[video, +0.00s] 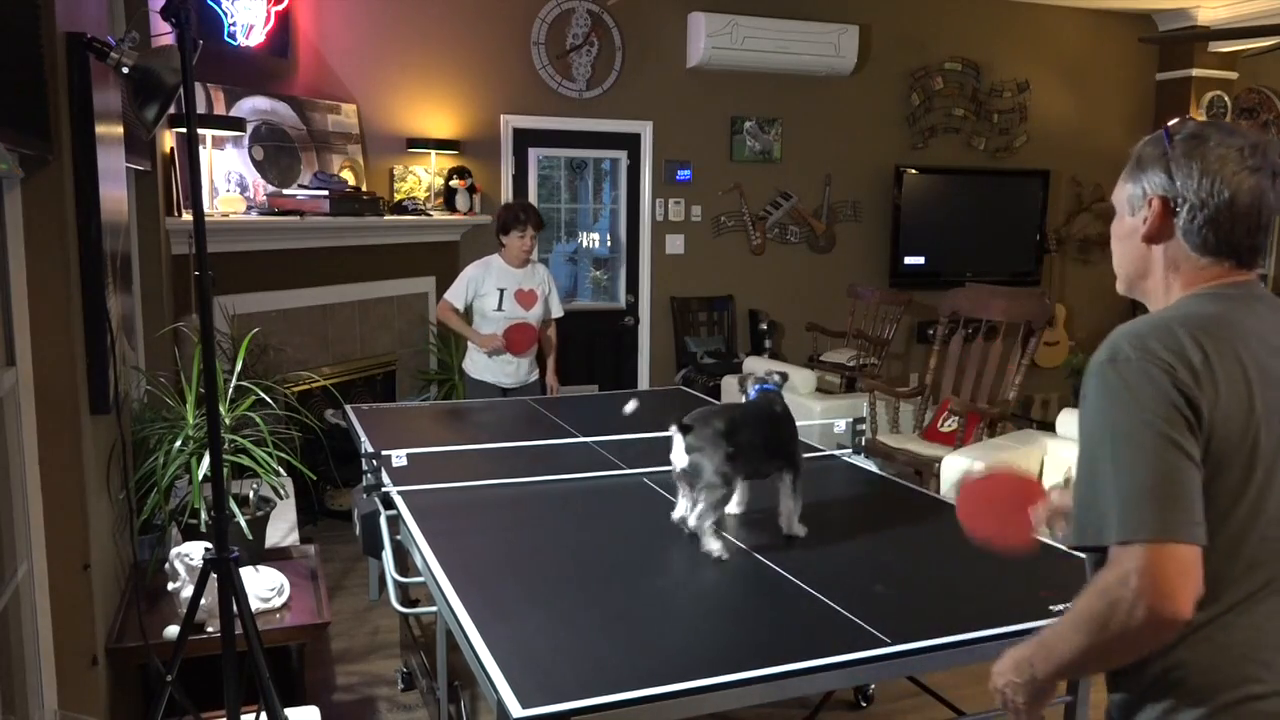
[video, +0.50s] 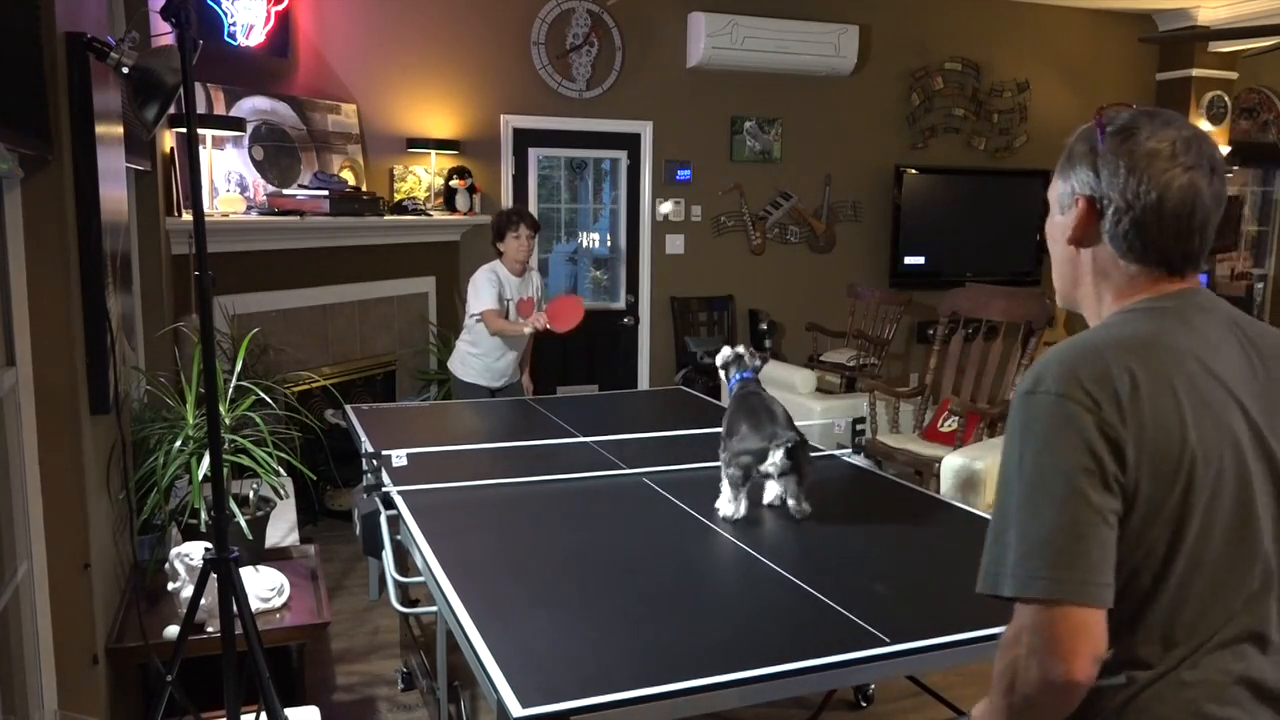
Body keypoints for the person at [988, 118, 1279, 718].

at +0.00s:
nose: (1110, 231)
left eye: (1117, 212)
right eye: (1113, 212)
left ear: (1156, 216)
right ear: (1245, 222)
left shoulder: (1147, 352)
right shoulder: (1269, 324)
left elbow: (1158, 589)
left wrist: (1032, 665)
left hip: (1196, 700)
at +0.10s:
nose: (1112, 230)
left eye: (1120, 211)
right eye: (1114, 212)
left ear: (1160, 215)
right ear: (1249, 221)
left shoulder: (1155, 362)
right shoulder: (1267, 324)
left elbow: (1168, 609)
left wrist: (1049, 669)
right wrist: (1116, 587)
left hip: (1201, 699)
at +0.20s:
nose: (1107, 232)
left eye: (1114, 212)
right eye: (1108, 213)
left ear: (1156, 219)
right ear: (1249, 224)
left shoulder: (1150, 370)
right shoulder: (1266, 332)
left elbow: (1148, 628)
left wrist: (1047, 673)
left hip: (1196, 701)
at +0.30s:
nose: (1091, 237)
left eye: (1096, 214)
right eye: (1091, 215)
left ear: (1138, 221)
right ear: (1241, 228)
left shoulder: (1124, 378)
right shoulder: (1271, 340)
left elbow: (1115, 638)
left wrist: (1023, 687)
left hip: (1176, 702)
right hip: (1269, 686)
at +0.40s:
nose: (1064, 232)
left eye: (1070, 210)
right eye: (1065, 210)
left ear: (1109, 218)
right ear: (1213, 221)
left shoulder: (1099, 378)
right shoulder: (1266, 344)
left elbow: (1078, 651)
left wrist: (1000, 700)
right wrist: (1026, 668)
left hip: (1151, 701)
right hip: (1263, 688)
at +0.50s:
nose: (1046, 231)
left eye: (1052, 207)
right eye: (1048, 208)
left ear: (1085, 218)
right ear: (1201, 225)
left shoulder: (1078, 380)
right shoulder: (1268, 348)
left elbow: (1061, 658)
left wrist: (997, 708)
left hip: (1146, 699)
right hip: (1265, 690)